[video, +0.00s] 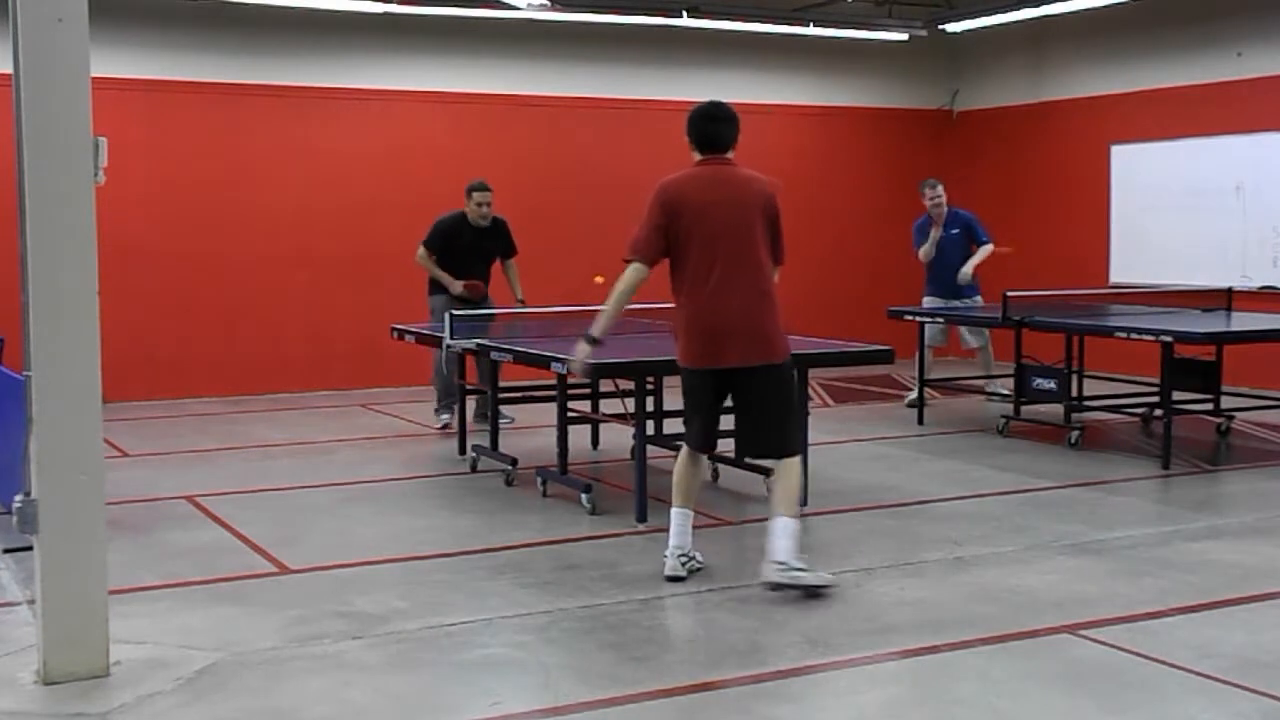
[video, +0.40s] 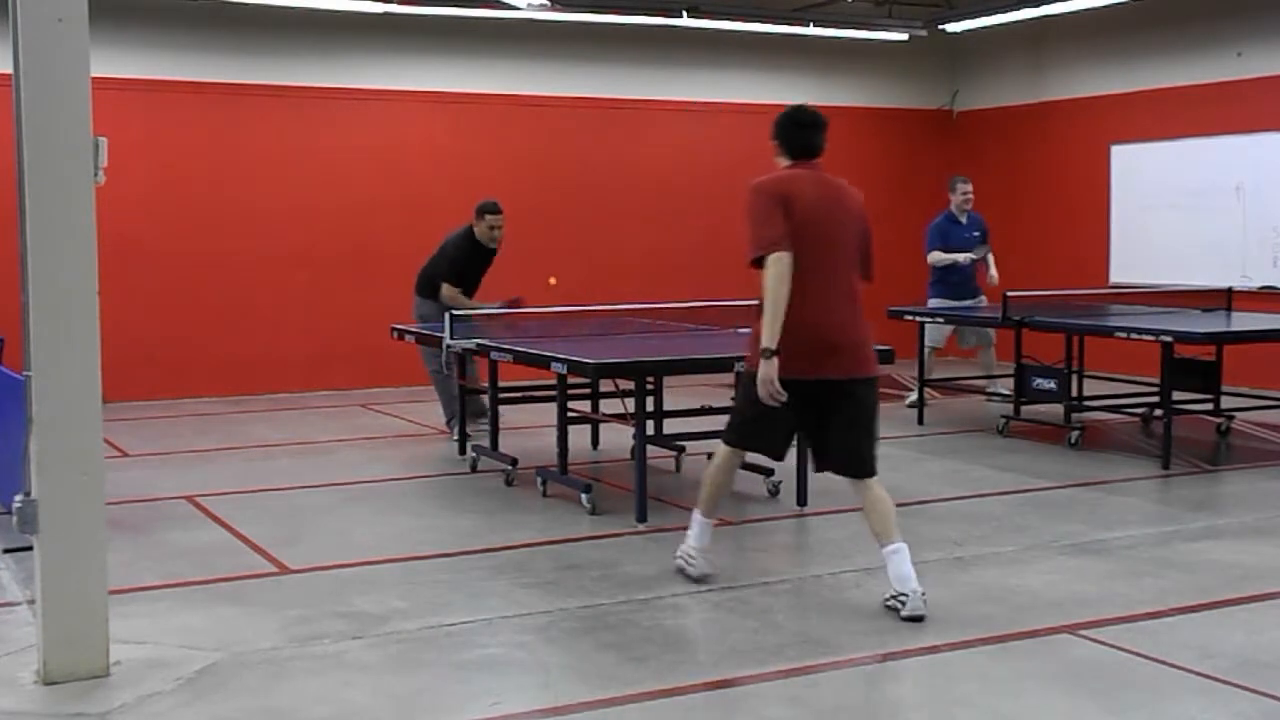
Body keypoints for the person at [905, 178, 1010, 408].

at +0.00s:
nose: (936, 202)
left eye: (939, 197)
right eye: (931, 199)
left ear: (945, 196)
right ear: (924, 202)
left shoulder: (964, 219)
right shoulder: (921, 226)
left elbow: (987, 245)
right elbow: (923, 257)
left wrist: (970, 265)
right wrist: (933, 238)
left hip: (967, 293)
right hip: (936, 294)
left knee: (982, 341)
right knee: (926, 343)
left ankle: (991, 383)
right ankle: (920, 388)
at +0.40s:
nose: (969, 198)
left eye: (971, 194)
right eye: (964, 194)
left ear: (974, 196)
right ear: (952, 196)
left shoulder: (977, 222)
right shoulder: (939, 226)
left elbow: (986, 249)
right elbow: (932, 257)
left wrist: (992, 268)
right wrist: (956, 258)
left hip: (973, 294)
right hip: (943, 297)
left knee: (987, 340)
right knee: (930, 346)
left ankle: (992, 384)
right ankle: (920, 389)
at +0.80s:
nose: (965, 202)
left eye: (968, 198)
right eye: (960, 199)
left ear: (972, 198)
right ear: (949, 202)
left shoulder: (985, 224)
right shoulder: (941, 228)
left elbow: (1005, 251)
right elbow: (931, 256)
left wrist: (998, 269)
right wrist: (938, 280)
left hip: (981, 299)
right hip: (949, 299)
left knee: (995, 343)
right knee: (935, 344)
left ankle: (994, 385)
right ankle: (931, 384)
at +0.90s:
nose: (956, 208)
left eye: (959, 203)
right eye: (951, 205)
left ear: (966, 201)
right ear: (944, 206)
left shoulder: (984, 225)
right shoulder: (941, 231)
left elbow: (1007, 251)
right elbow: (934, 261)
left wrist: (994, 271)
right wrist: (939, 288)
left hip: (982, 300)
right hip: (951, 301)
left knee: (997, 347)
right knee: (940, 347)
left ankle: (1002, 383)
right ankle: (934, 387)